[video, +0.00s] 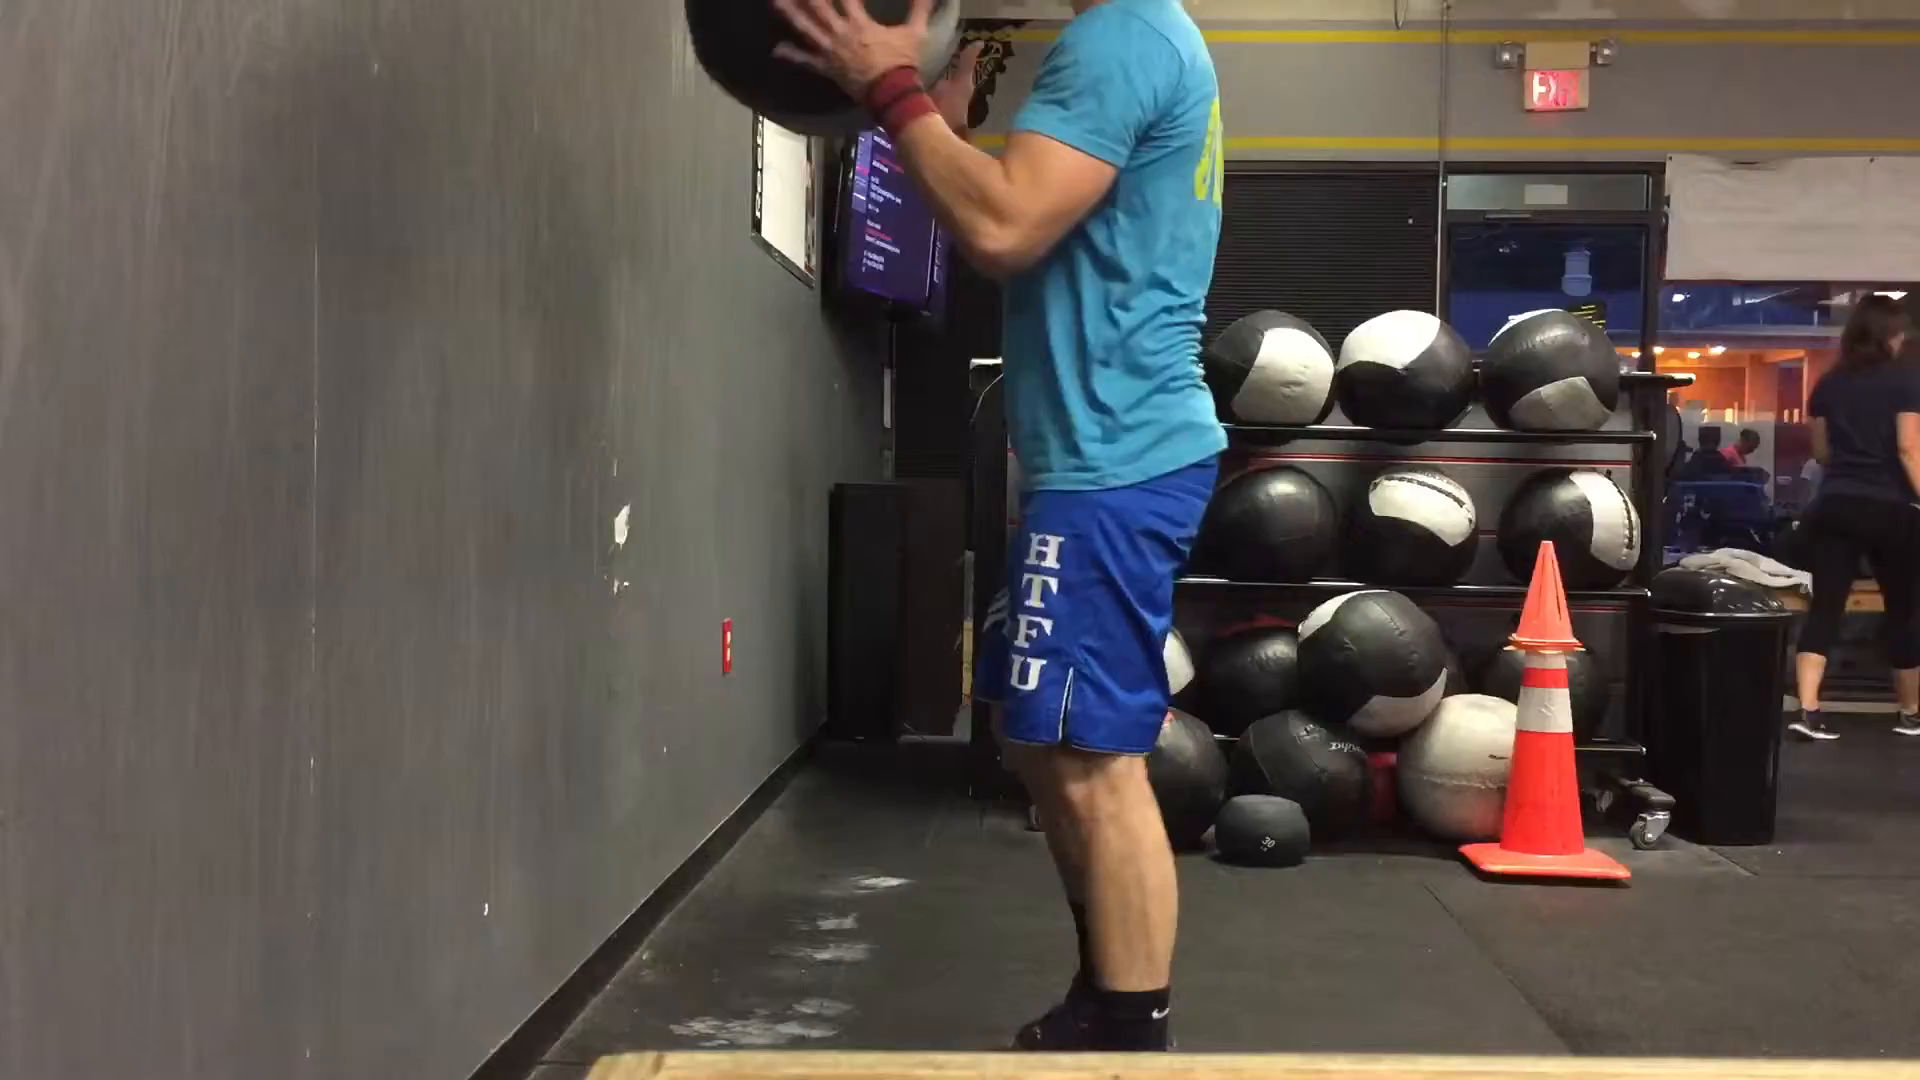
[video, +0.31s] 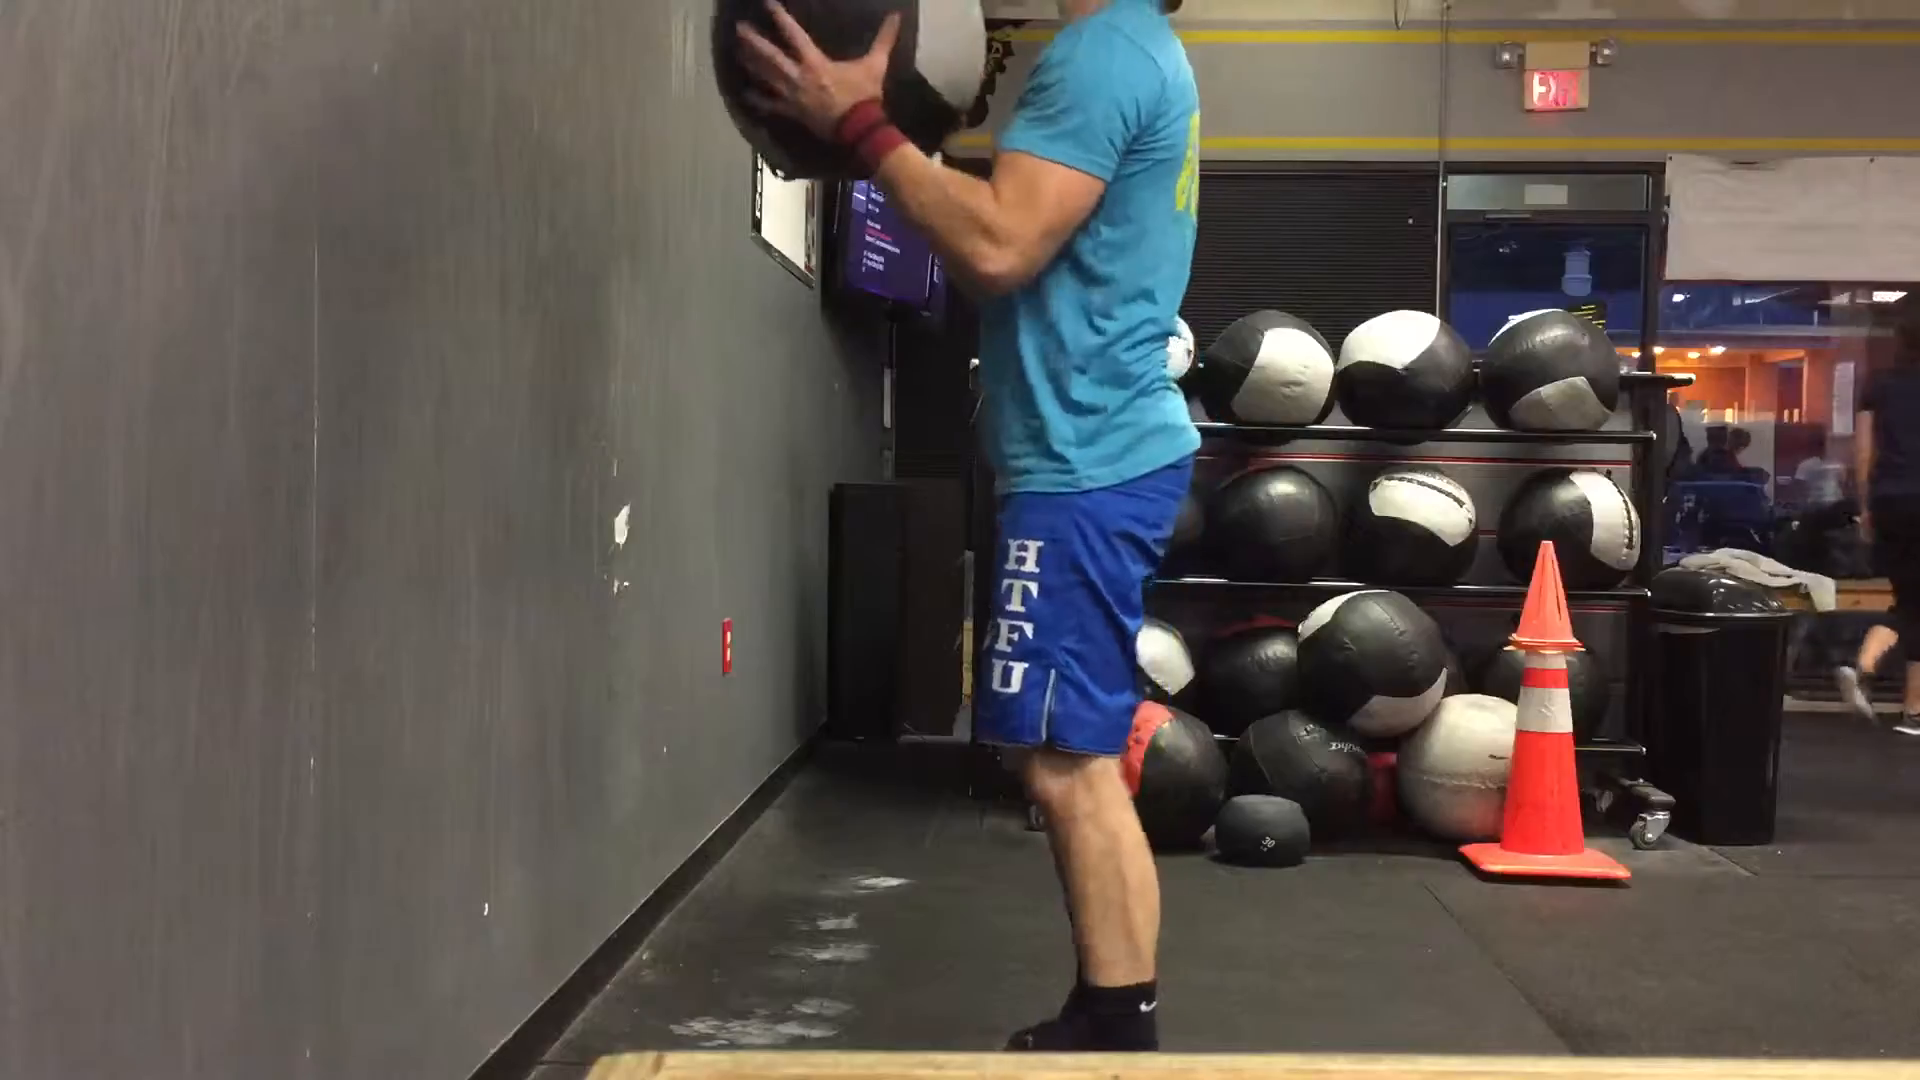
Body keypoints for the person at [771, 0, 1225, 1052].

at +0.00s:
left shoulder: (1131, 38)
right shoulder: (1104, 40)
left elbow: (1002, 228)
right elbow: (1015, 225)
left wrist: (892, 93)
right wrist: (946, 130)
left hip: (1125, 459)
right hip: (1081, 457)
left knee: (1099, 755)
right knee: (1039, 735)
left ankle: (1135, 1034)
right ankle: (1109, 1003)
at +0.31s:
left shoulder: (1107, 56)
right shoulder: (1095, 51)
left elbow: (999, 246)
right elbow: (990, 204)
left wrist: (861, 129)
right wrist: (869, 132)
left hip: (1091, 465)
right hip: (1079, 461)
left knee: (1071, 763)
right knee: (1064, 759)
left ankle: (1120, 1025)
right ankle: (1110, 1012)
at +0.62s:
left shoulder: (1105, 55)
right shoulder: (1084, 50)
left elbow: (1014, 240)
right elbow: (991, 223)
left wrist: (886, 116)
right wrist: (897, 121)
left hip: (1065, 463)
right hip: (1077, 453)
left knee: (1023, 759)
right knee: (1066, 748)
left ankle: (1073, 1037)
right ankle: (1110, 1011)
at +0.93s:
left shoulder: (1094, 34)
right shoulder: (1069, 31)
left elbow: (978, 218)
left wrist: (881, 68)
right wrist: (866, 59)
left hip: (1077, 461)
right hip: (1038, 458)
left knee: (1065, 765)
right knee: (1024, 760)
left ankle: (1088, 1038)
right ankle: (1070, 1014)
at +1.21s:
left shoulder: (1107, 61)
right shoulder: (1105, 51)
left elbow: (1010, 248)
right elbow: (1002, 224)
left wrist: (902, 97)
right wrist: (907, 108)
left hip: (1059, 468)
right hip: (1081, 458)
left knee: (996, 762)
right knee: (1066, 745)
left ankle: (1069, 1041)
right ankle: (1089, 1015)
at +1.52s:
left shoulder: (1110, 56)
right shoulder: (1121, 48)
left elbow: (1006, 239)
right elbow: (1004, 227)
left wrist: (895, 102)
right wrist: (913, 114)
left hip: (1053, 463)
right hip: (1085, 453)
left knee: (1007, 757)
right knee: (1062, 743)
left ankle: (1071, 1037)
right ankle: (1088, 1017)